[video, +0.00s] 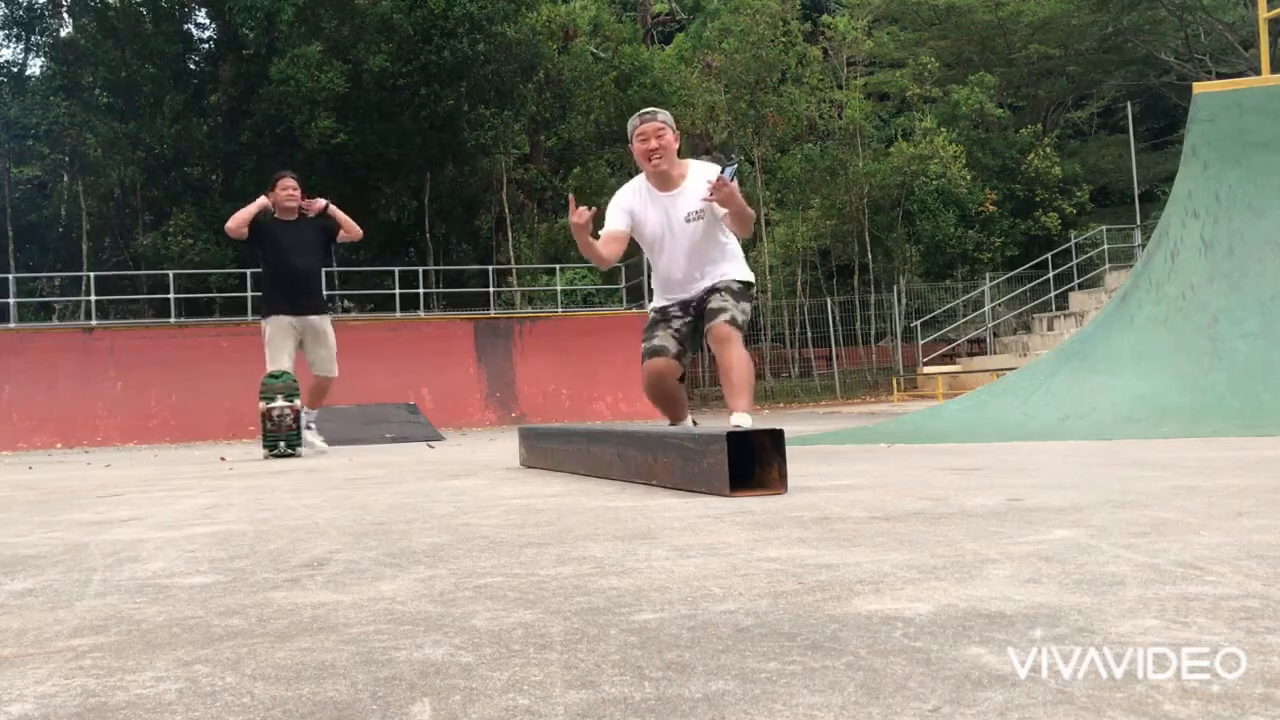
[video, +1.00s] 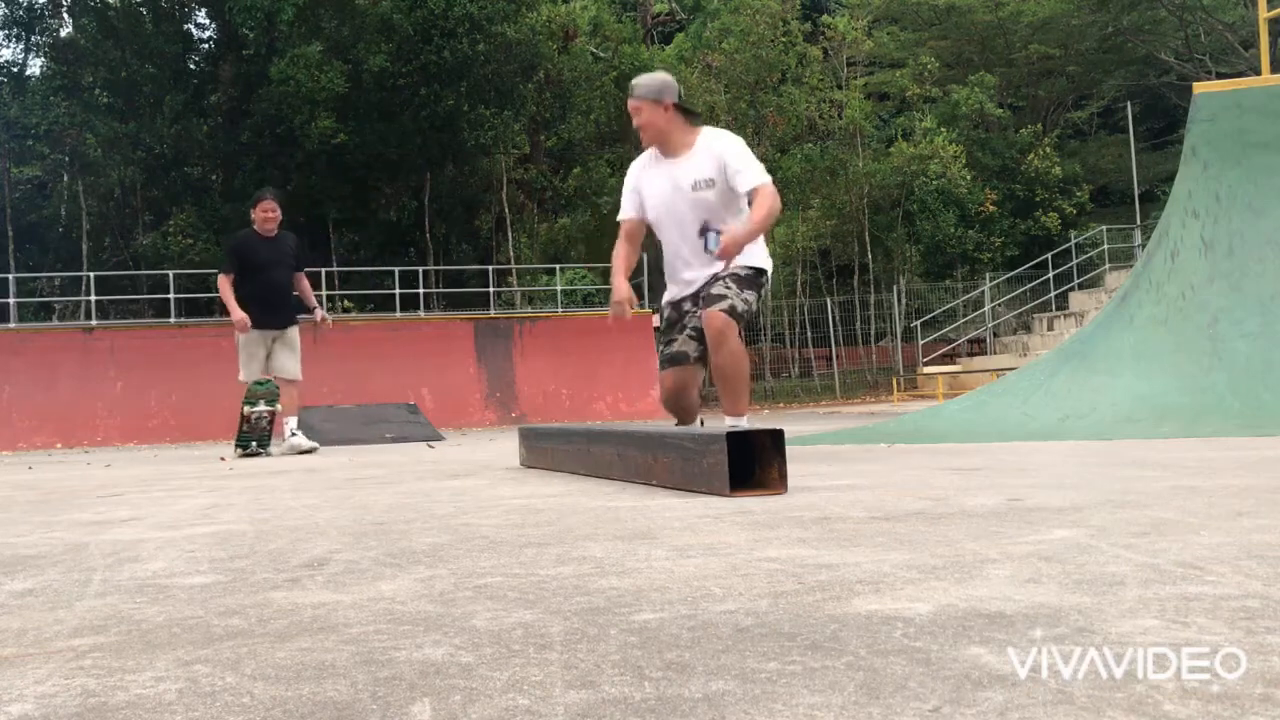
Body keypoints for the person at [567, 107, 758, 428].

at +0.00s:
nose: (652, 145)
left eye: (660, 135)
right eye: (642, 139)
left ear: (676, 139)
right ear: (632, 150)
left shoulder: (710, 174)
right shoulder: (628, 198)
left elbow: (745, 230)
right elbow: (604, 259)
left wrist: (735, 203)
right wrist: (582, 237)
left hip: (722, 280)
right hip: (670, 298)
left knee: (722, 329)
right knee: (656, 375)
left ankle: (741, 421)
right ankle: (685, 429)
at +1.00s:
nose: (634, 124)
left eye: (638, 113)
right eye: (632, 116)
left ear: (667, 108)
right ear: (654, 110)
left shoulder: (723, 145)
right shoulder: (640, 170)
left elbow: (769, 200)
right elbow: (628, 237)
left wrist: (744, 233)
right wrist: (619, 280)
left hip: (736, 266)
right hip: (682, 287)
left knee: (717, 321)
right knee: (675, 394)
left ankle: (737, 431)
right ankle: (693, 432)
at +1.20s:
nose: (642, 75)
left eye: (646, 65)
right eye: (642, 66)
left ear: (666, 64)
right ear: (670, 66)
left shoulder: (711, 102)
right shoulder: (668, 126)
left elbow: (742, 162)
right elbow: (665, 200)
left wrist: (704, 223)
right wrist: (646, 257)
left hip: (733, 239)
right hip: (687, 247)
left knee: (714, 323)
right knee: (673, 337)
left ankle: (736, 430)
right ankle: (714, 430)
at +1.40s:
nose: (664, 64)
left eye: (667, 56)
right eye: (667, 56)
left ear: (678, 58)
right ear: (700, 63)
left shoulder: (693, 97)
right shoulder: (706, 101)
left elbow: (690, 158)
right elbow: (707, 186)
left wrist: (644, 216)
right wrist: (680, 245)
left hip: (720, 233)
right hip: (706, 236)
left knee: (709, 323)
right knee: (684, 327)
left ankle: (736, 425)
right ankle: (728, 418)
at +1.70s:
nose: (657, 80)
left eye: (659, 74)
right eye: (659, 74)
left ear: (667, 74)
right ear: (699, 77)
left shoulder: (664, 109)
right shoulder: (734, 123)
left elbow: (650, 167)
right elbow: (749, 191)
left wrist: (615, 231)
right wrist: (732, 233)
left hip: (685, 241)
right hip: (734, 243)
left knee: (658, 333)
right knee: (721, 332)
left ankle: (679, 427)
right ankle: (735, 428)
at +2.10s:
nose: (622, 107)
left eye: (622, 102)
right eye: (626, 101)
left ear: (627, 103)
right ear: (661, 98)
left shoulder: (617, 138)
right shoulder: (696, 132)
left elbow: (606, 198)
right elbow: (721, 194)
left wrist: (593, 253)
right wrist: (725, 251)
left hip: (640, 261)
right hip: (691, 258)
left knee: (636, 346)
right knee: (689, 338)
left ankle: (635, 433)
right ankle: (706, 395)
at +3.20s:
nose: (604, 164)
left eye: (605, 159)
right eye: (604, 159)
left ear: (613, 160)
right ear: (637, 157)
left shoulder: (609, 192)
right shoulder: (668, 188)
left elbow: (605, 245)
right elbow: (680, 244)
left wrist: (594, 295)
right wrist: (678, 287)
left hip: (625, 292)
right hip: (667, 289)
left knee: (628, 361)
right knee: (670, 353)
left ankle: (636, 431)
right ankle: (674, 396)